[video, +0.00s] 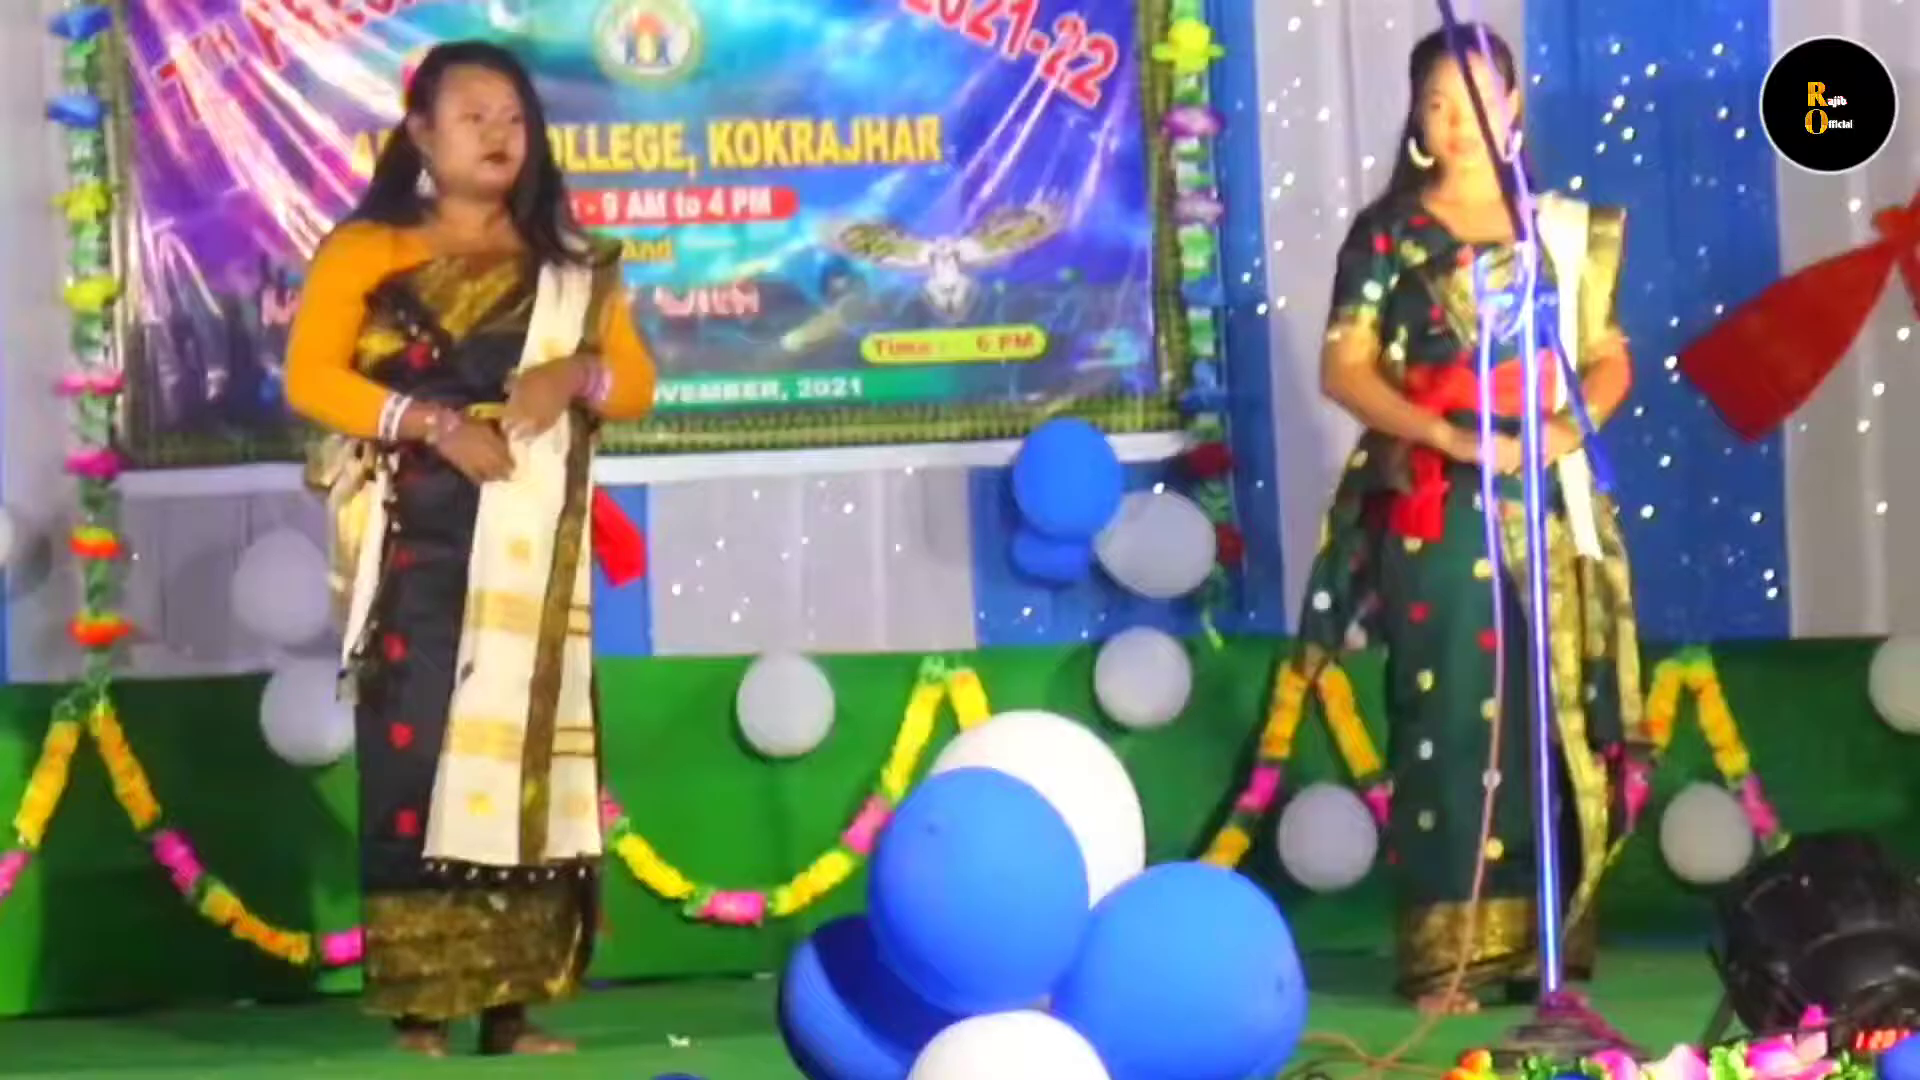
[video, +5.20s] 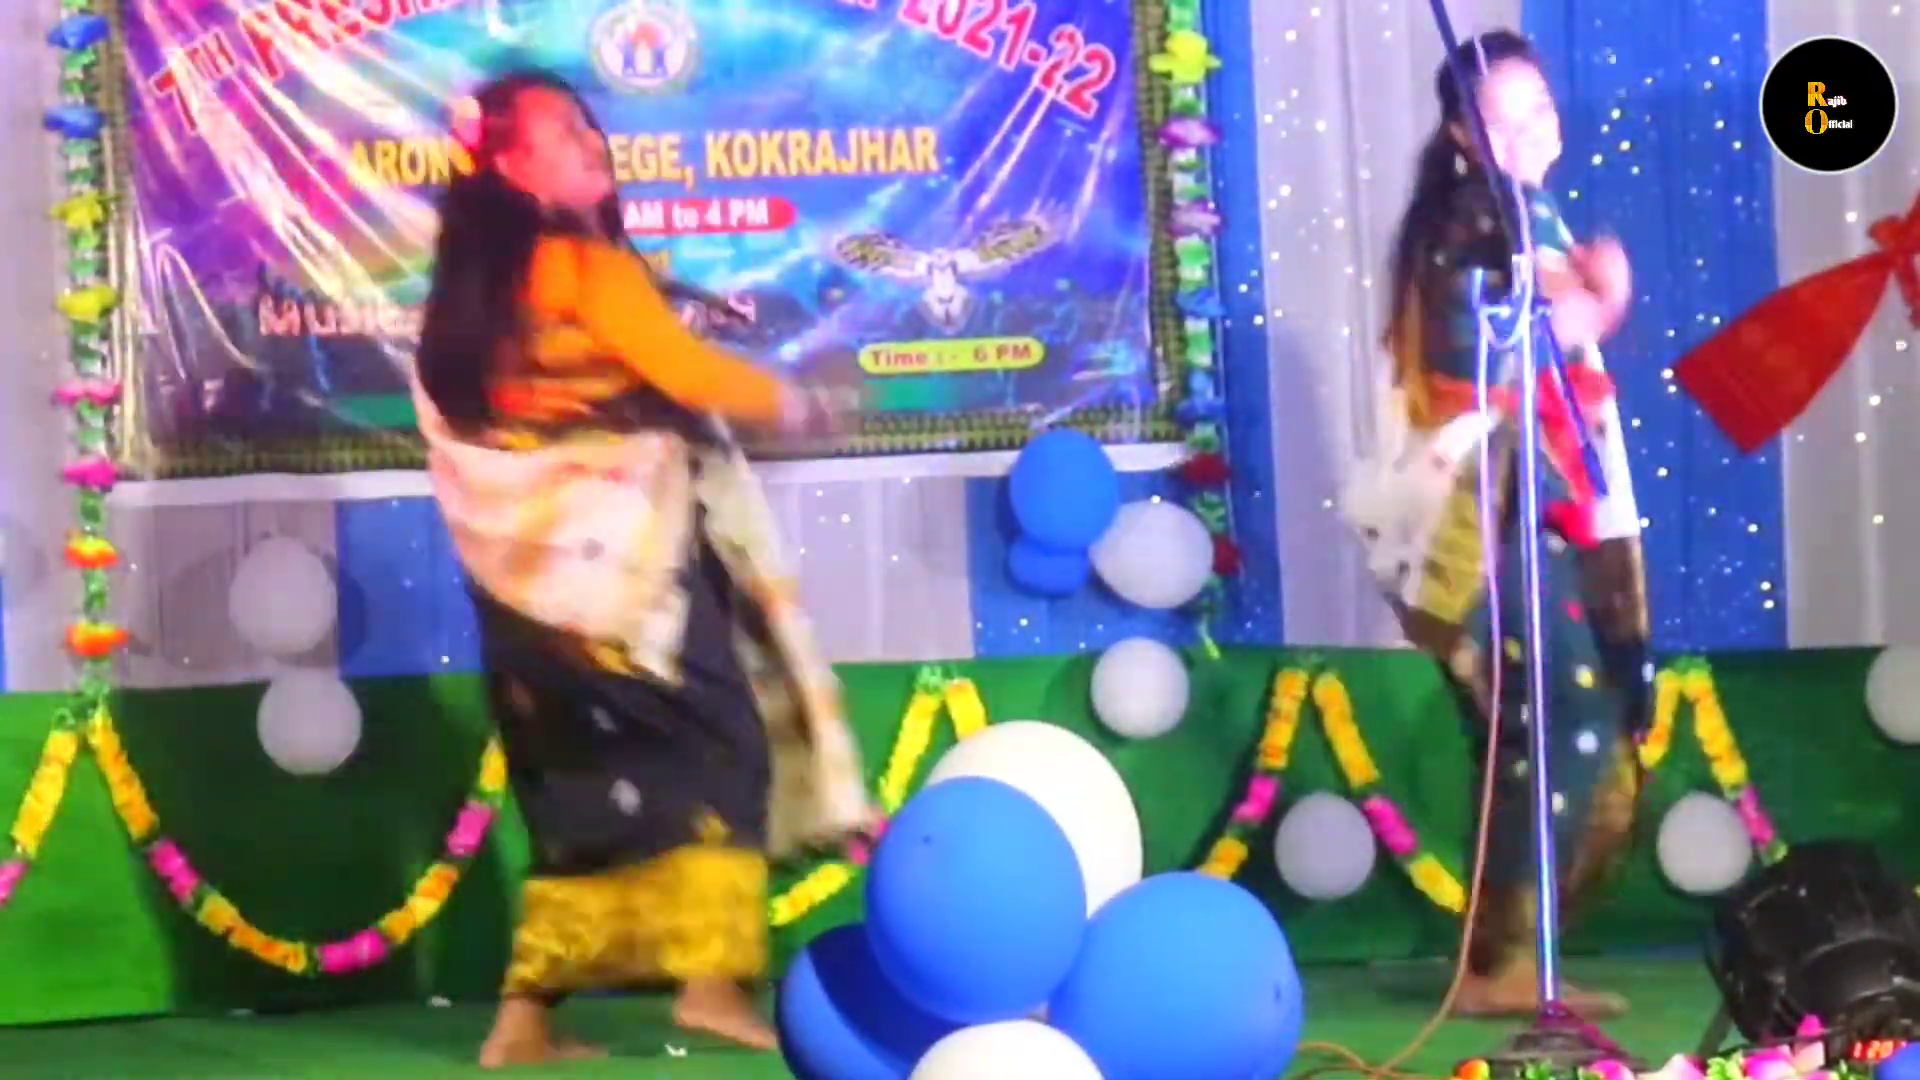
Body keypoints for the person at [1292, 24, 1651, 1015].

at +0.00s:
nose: (1444, 120)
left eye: (1465, 102)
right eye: (1430, 105)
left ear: (1509, 108)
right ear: (1415, 118)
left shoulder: (1568, 230)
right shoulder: (1388, 233)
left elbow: (1611, 363)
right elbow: (1343, 371)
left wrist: (1564, 428)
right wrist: (1449, 436)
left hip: (1550, 506)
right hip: (1438, 509)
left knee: (1556, 716)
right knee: (1445, 718)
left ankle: (1554, 955)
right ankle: (1446, 956)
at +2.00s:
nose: (1443, 122)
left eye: (1461, 105)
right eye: (1426, 105)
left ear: (1494, 113)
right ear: (1404, 117)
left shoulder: (1548, 227)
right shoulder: (1372, 230)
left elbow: (1584, 389)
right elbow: (1334, 369)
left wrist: (1571, 304)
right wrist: (1456, 436)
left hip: (1535, 504)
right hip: (1424, 507)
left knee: (1541, 716)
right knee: (1440, 718)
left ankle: (1530, 951)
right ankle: (1434, 956)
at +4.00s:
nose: (1452, 134)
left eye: (1467, 116)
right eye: (1432, 116)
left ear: (1490, 124)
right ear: (1398, 126)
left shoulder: (1525, 234)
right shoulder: (1366, 242)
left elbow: (1560, 391)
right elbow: (1328, 385)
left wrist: (1561, 308)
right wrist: (1457, 451)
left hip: (1529, 515)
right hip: (1426, 520)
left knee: (1538, 729)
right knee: (1440, 730)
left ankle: (1530, 967)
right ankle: (1438, 968)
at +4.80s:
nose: (1466, 131)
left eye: (1481, 111)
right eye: (1446, 112)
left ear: (1504, 119)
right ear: (1413, 125)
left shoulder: (1520, 234)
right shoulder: (1401, 235)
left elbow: (1548, 372)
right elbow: (1367, 385)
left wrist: (1550, 434)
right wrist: (1478, 459)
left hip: (1516, 512)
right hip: (1432, 515)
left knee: (1520, 727)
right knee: (1438, 729)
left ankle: (1512, 955)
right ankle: (1428, 963)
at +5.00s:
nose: (1503, 139)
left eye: (1510, 119)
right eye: (1478, 125)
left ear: (1530, 129)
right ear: (1441, 145)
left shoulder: (1525, 248)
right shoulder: (1448, 244)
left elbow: (1536, 390)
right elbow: (1441, 391)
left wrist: (1609, 446)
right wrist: (1549, 435)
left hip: (1513, 529)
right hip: (1460, 531)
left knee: (1563, 727)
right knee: (1554, 727)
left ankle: (1451, 907)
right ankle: (1477, 929)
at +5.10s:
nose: (1524, 113)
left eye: (1529, 93)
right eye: (1502, 101)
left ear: (1541, 99)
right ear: (1459, 122)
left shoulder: (1535, 210)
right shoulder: (1457, 207)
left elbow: (1626, 332)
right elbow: (1491, 330)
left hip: (1544, 505)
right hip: (1480, 508)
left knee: (1536, 712)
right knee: (1571, 699)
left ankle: (1496, 944)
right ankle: (1487, 930)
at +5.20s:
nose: (1539, 129)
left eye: (1543, 109)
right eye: (1516, 114)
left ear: (1551, 113)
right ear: (1469, 130)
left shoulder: (1522, 226)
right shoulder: (1462, 228)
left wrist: (1596, 296)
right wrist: (1593, 306)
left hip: (1549, 531)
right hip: (1495, 542)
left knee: (1567, 739)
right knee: (1564, 740)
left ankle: (1513, 959)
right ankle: (1502, 964)